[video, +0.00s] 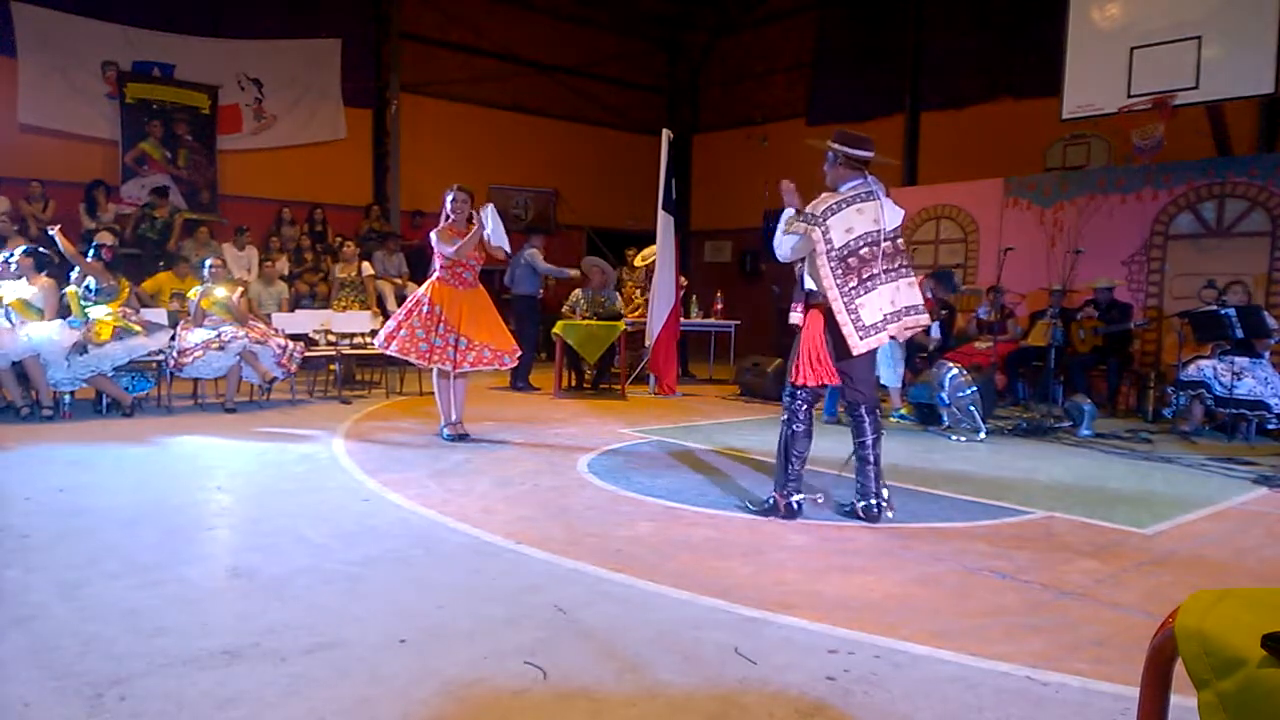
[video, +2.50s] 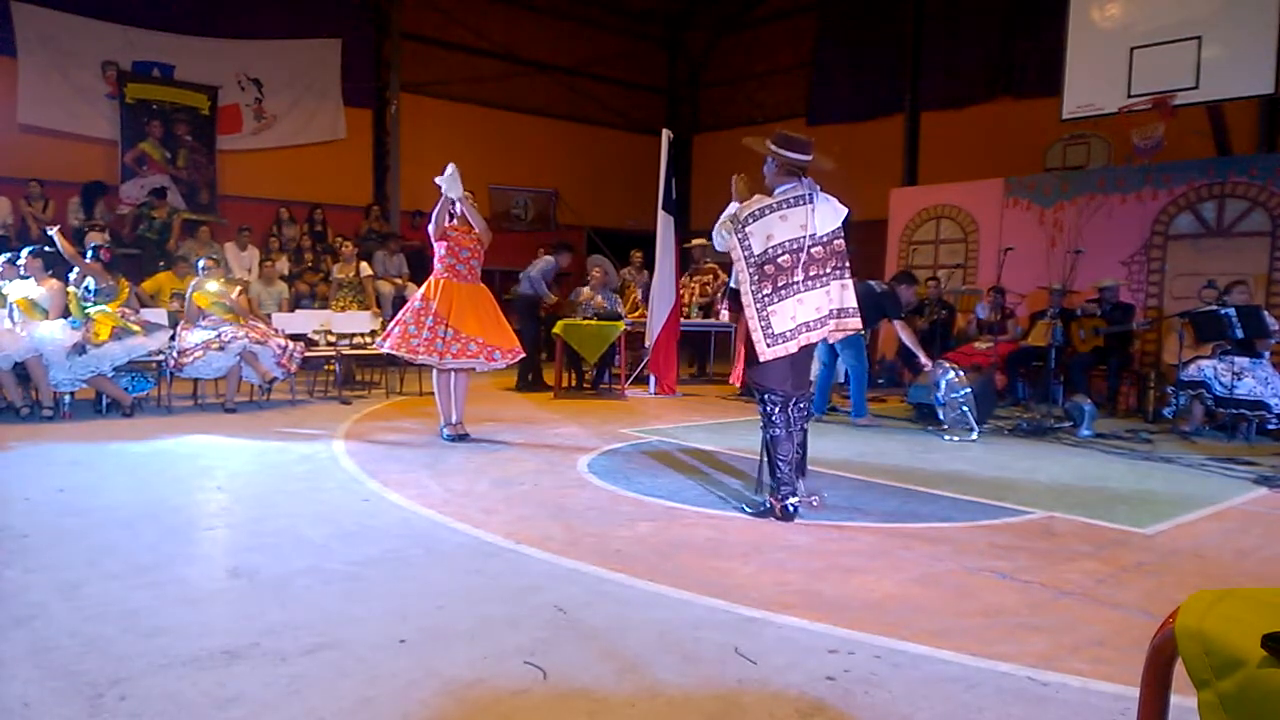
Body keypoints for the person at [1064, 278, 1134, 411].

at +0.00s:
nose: (1097, 295)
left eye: (1101, 292)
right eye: (1096, 292)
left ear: (1110, 292)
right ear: (1094, 292)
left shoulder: (1124, 308)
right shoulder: (1091, 305)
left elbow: (1118, 320)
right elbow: (1068, 315)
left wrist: (1097, 315)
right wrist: (1079, 315)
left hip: (1117, 349)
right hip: (1096, 348)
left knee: (1114, 365)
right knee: (1076, 362)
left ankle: (1111, 403)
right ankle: (1083, 399)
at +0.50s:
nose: (1104, 294)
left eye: (1108, 291)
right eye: (1102, 291)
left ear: (1115, 291)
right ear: (1098, 292)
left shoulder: (1126, 308)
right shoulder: (1093, 305)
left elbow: (1120, 322)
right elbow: (1067, 314)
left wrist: (1101, 313)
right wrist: (1082, 313)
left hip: (1119, 350)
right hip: (1098, 349)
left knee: (1117, 365)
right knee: (1078, 363)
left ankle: (1113, 404)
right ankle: (1086, 401)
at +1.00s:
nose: (1104, 294)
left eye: (1108, 291)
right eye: (1101, 291)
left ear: (1114, 292)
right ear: (1097, 292)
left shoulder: (1125, 308)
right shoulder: (1092, 306)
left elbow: (1118, 320)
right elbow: (1068, 317)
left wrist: (1099, 312)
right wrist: (1082, 311)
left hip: (1117, 349)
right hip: (1096, 349)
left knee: (1114, 365)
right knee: (1077, 362)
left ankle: (1111, 403)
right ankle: (1083, 399)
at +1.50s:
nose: (1109, 294)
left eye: (1111, 290)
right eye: (1106, 291)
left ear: (1117, 291)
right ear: (1101, 292)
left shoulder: (1127, 308)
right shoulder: (1093, 306)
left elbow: (1121, 320)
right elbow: (1071, 316)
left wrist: (1103, 311)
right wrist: (1086, 311)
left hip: (1118, 349)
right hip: (1097, 349)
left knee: (1114, 367)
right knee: (1078, 362)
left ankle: (1111, 404)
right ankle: (1083, 400)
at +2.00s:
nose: (1111, 294)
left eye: (1114, 291)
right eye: (1108, 291)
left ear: (1118, 292)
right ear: (1101, 293)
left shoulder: (1126, 308)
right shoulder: (1093, 304)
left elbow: (1121, 320)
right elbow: (1067, 316)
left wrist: (1102, 311)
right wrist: (1084, 312)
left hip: (1117, 349)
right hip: (1096, 348)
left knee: (1114, 365)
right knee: (1077, 362)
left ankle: (1111, 404)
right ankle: (1082, 400)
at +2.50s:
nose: (1112, 294)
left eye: (1114, 291)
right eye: (1108, 291)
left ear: (1118, 292)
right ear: (1101, 293)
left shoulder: (1127, 308)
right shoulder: (1092, 305)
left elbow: (1121, 320)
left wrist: (1098, 312)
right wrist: (1080, 313)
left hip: (1118, 349)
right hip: (1097, 348)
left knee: (1115, 365)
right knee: (1077, 362)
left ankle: (1111, 403)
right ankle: (1082, 400)